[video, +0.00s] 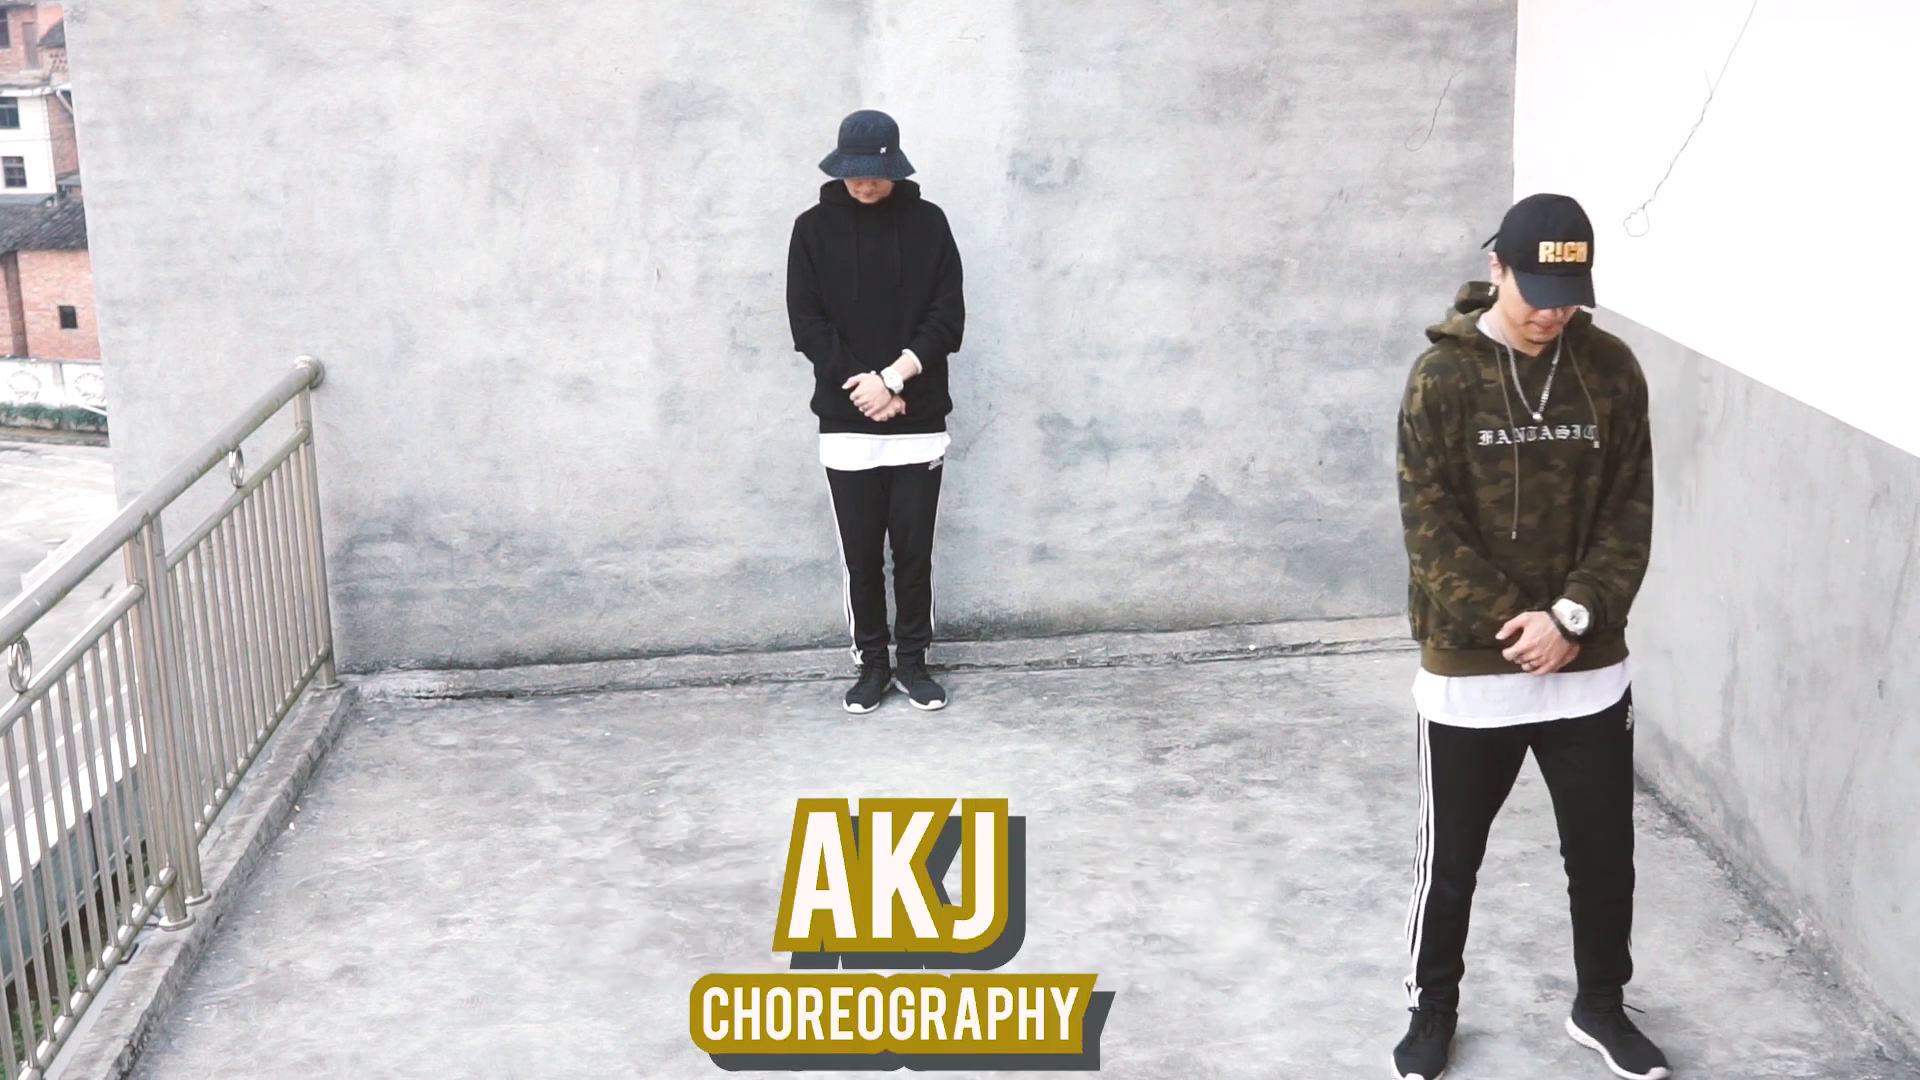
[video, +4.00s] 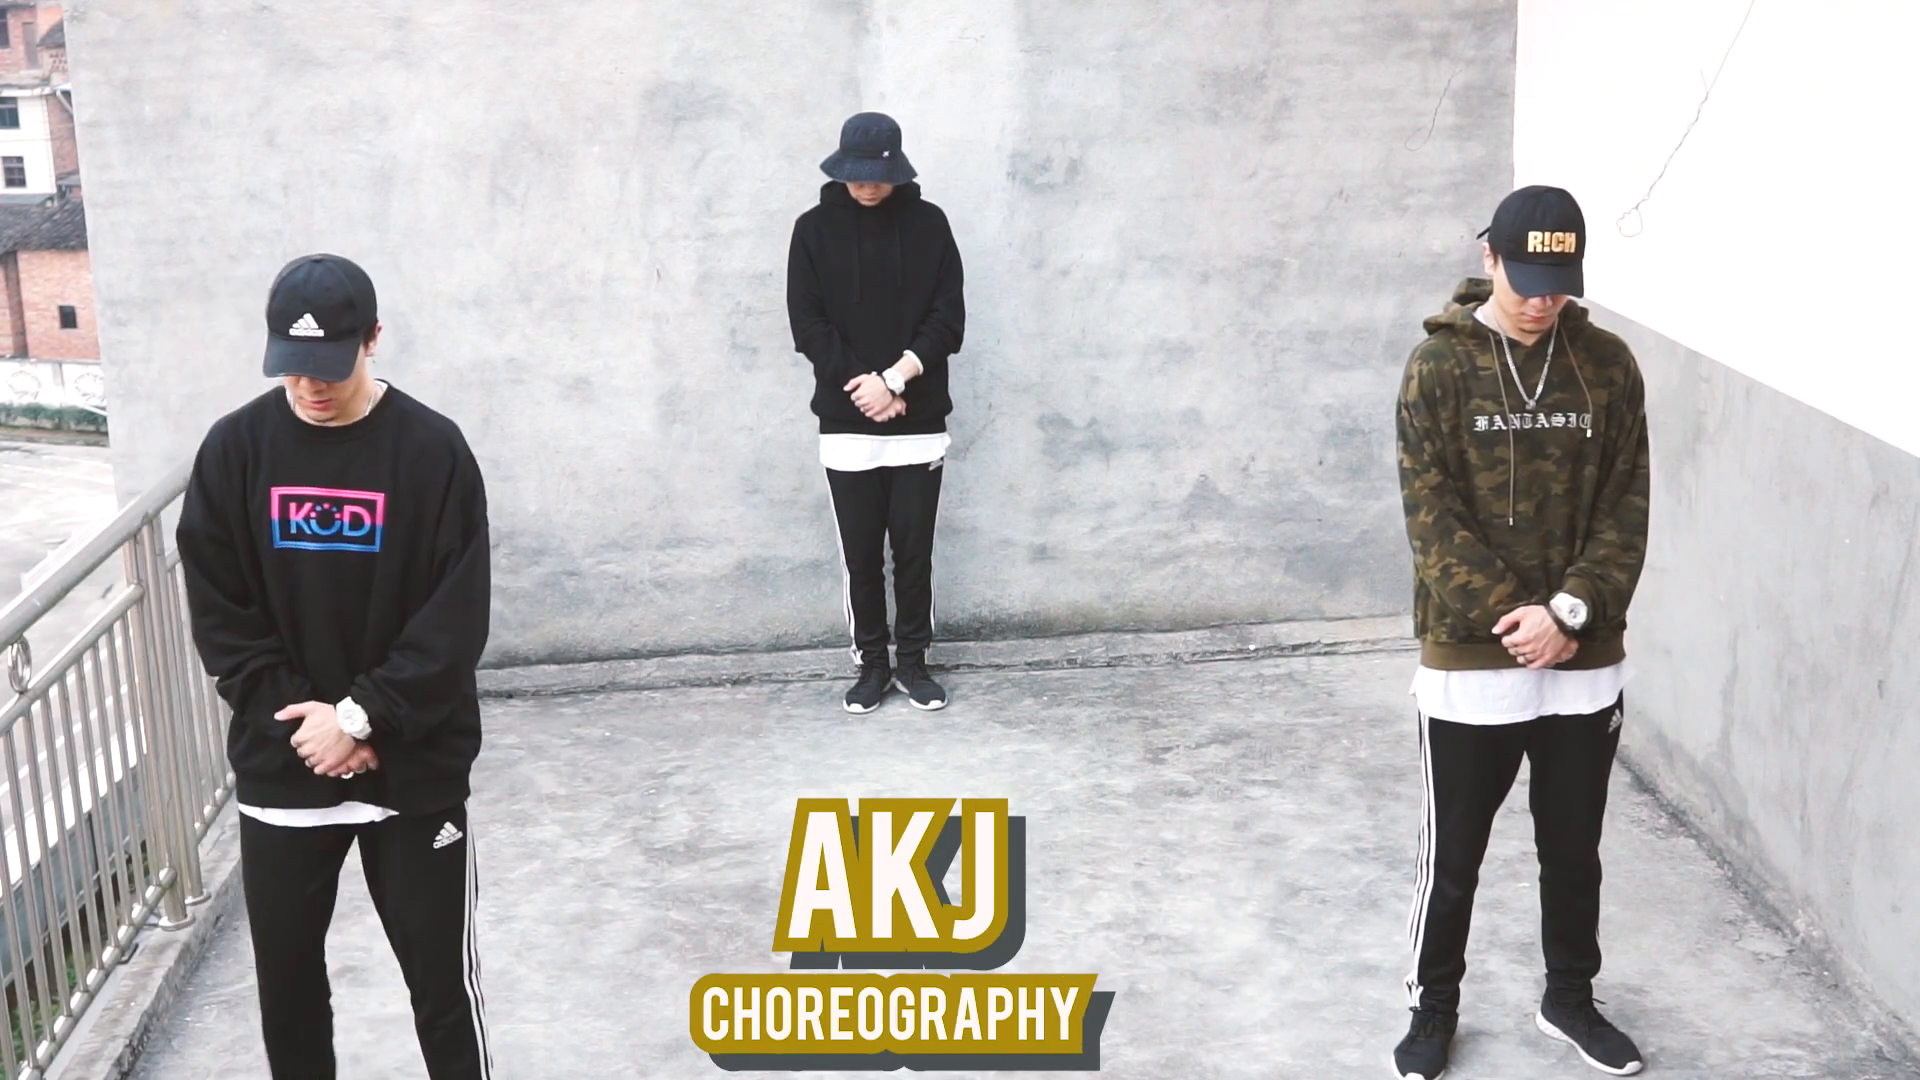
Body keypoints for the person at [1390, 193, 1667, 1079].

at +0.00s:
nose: (1555, 313)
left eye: (1571, 296)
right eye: (1539, 294)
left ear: (1590, 283)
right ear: (1498, 268)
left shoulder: (1612, 367)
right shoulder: (1443, 372)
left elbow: (1629, 514)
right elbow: (1431, 524)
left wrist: (1574, 617)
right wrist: (1522, 628)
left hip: (1587, 665)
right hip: (1469, 670)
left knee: (1604, 853)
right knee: (1450, 856)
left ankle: (1601, 1002)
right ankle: (1432, 1011)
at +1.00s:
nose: (1557, 305)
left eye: (1573, 287)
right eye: (1540, 285)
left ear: (1592, 273)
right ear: (1501, 261)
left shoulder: (1617, 364)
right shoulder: (1448, 360)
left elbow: (1634, 508)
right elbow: (1437, 513)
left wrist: (1577, 609)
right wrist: (1525, 620)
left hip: (1590, 659)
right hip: (1475, 660)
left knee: (1577, 851)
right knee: (1456, 854)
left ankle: (1571, 997)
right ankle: (1433, 1007)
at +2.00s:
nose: (1547, 300)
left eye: (1563, 284)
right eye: (1532, 281)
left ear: (1583, 271)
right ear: (1493, 258)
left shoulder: (1610, 363)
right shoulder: (1442, 361)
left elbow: (1629, 508)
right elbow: (1432, 514)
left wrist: (1577, 612)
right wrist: (1520, 619)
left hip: (1585, 660)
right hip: (1471, 663)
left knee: (1575, 849)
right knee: (1453, 853)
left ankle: (1571, 998)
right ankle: (1433, 1007)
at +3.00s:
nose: (1546, 301)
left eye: (1561, 284)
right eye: (1530, 282)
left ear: (1581, 271)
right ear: (1491, 259)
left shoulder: (1609, 364)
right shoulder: (1440, 363)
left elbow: (1628, 507)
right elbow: (1432, 514)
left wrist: (1575, 612)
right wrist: (1519, 620)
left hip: (1584, 661)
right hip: (1470, 663)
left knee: (1575, 851)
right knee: (1453, 854)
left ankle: (1571, 998)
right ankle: (1433, 1006)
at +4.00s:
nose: (1547, 300)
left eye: (1562, 284)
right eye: (1530, 281)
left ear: (1582, 271)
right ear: (1491, 259)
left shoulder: (1609, 364)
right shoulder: (1440, 363)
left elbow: (1628, 508)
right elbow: (1431, 514)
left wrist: (1575, 613)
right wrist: (1519, 621)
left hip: (1583, 661)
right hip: (1469, 662)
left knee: (1574, 850)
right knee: (1453, 853)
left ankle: (1571, 998)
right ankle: (1433, 1006)